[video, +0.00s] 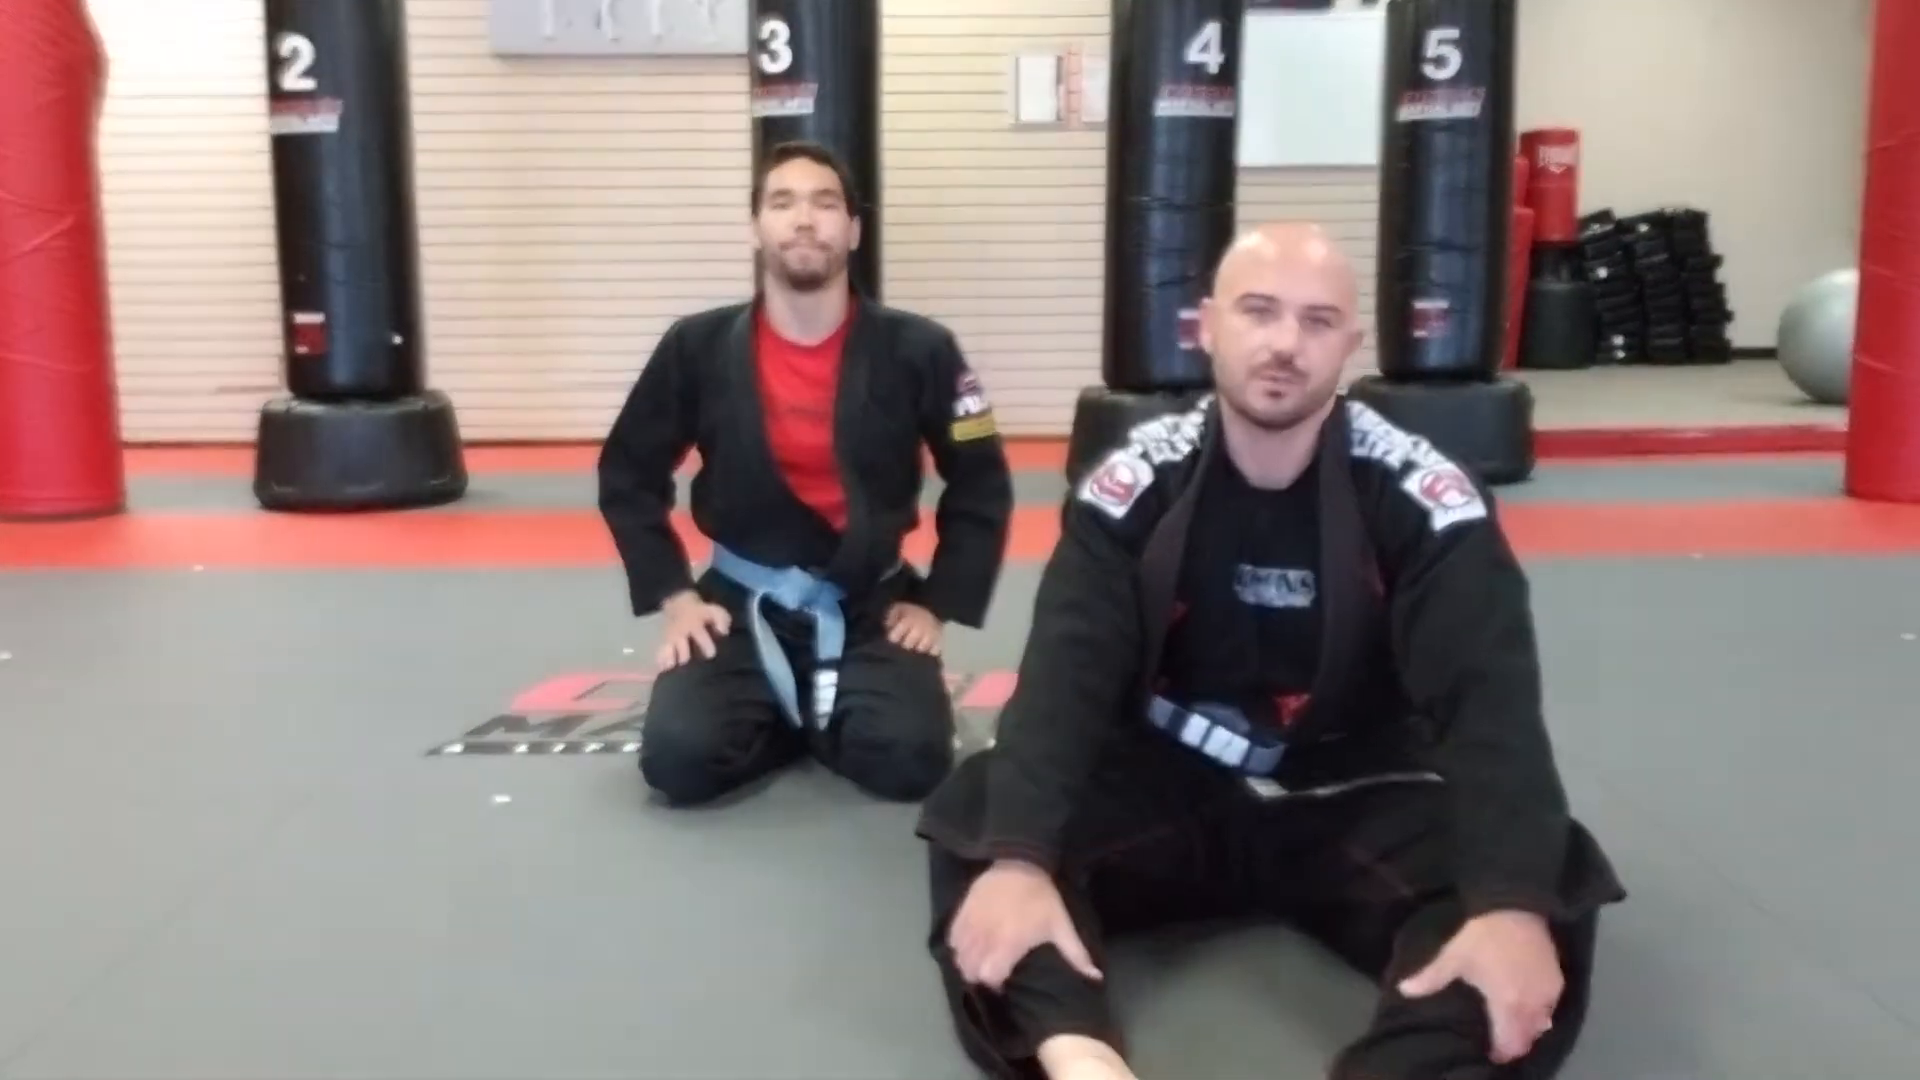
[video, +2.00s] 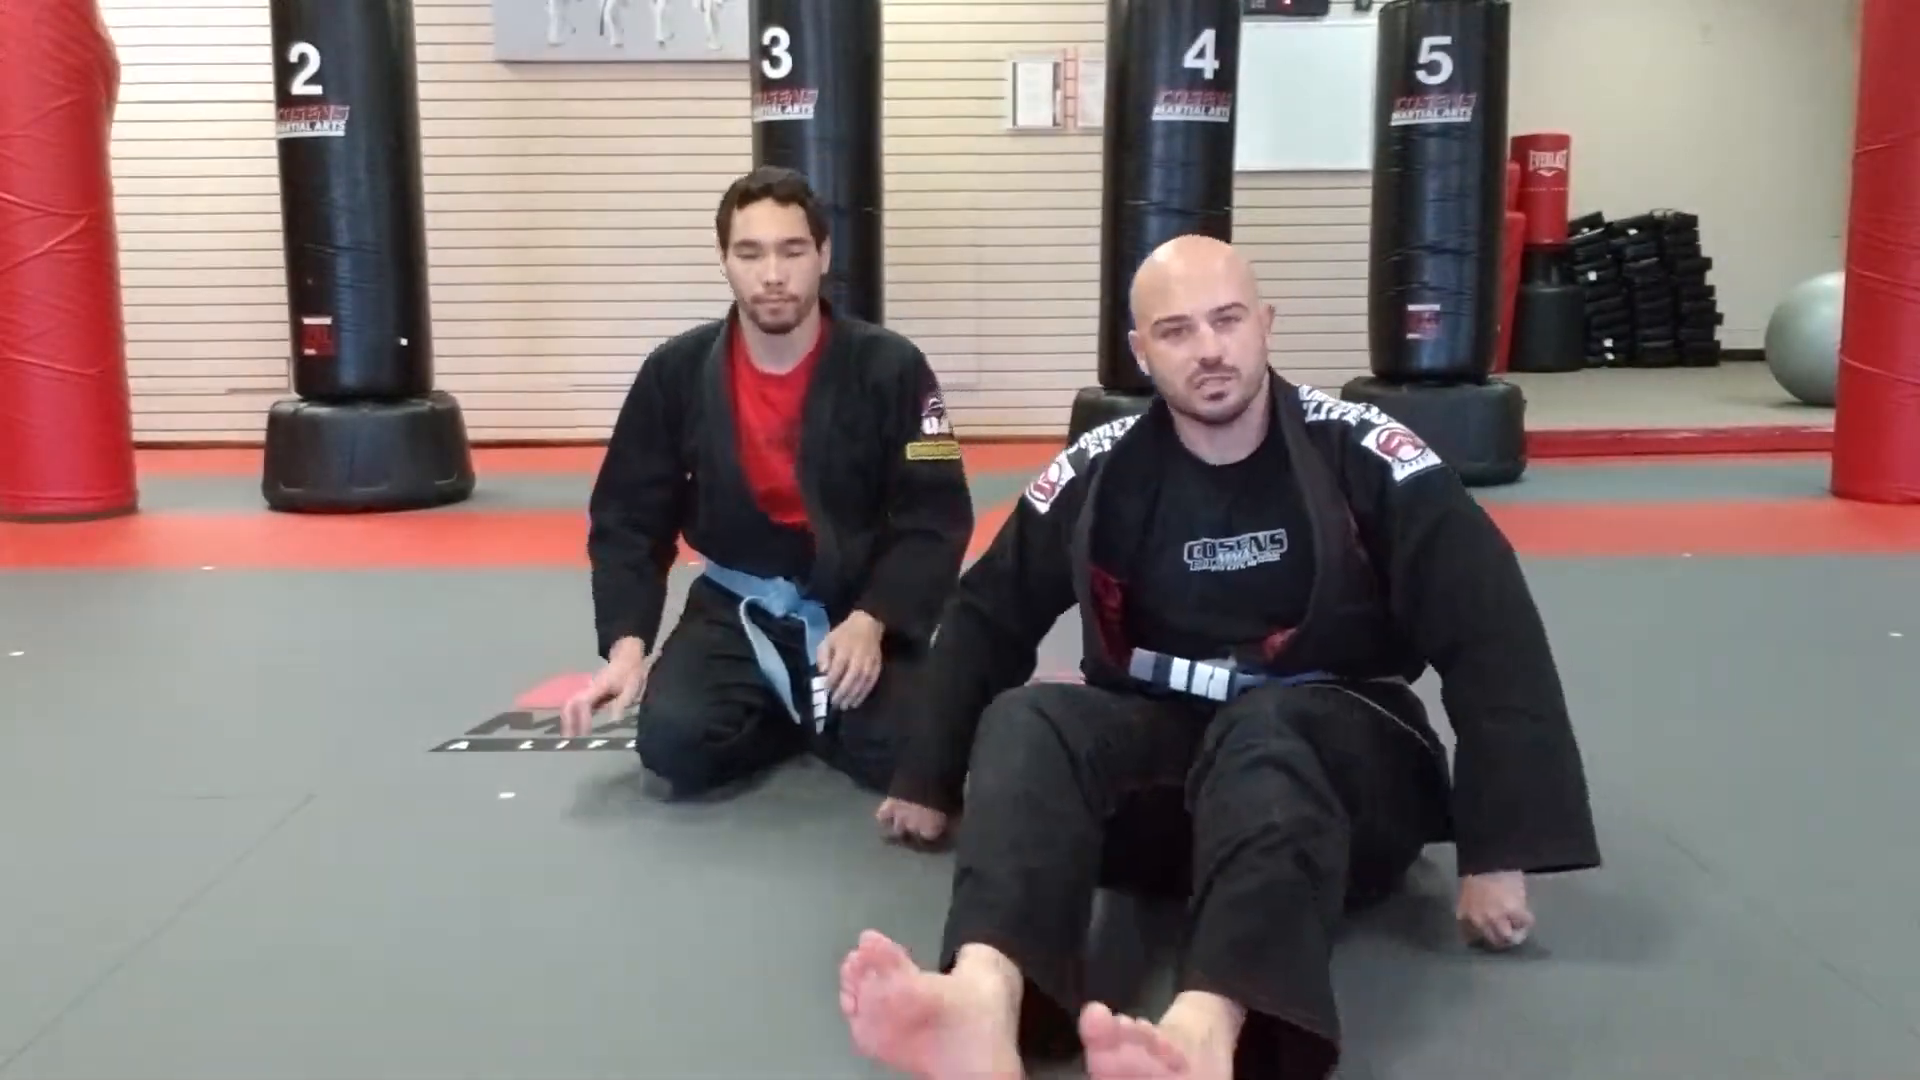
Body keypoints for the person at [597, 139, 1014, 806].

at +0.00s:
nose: (804, 217)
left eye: (825, 203)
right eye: (782, 203)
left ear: (854, 231)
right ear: (756, 230)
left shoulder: (917, 353)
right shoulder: (698, 349)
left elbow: (981, 482)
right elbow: (628, 472)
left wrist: (938, 605)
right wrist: (674, 594)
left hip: (871, 603)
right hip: (740, 599)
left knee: (909, 762)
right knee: (679, 762)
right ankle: (807, 718)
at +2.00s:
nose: (772, 275)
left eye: (792, 252)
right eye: (749, 254)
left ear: (824, 257)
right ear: (725, 263)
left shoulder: (889, 370)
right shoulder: (676, 374)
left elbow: (936, 519)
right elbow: (628, 518)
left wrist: (872, 621)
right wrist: (627, 646)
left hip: (861, 609)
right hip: (735, 604)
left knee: (919, 758)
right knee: (676, 749)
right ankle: (809, 708)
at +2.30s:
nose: (670, 425)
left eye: (691, 395)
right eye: (644, 400)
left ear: (730, 372)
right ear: (618, 384)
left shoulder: (802, 432)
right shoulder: (587, 445)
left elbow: (841, 601)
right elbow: (570, 596)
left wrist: (804, 770)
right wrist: (582, 750)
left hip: (817, 626)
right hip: (697, 627)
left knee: (882, 770)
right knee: (682, 772)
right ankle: (799, 716)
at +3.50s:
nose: (894, 303)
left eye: (910, 282)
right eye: (875, 284)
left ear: (937, 284)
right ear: (851, 290)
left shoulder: (1000, 369)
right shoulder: (814, 383)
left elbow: (1067, 486)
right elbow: (765, 502)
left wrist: (1011, 584)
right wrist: (788, 599)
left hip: (983, 586)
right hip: (856, 587)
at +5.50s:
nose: (854, 420)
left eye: (876, 403)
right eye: (840, 397)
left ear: (922, 380)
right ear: (828, 370)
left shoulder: (995, 387)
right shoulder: (804, 391)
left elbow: (1062, 530)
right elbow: (753, 513)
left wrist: (1089, 641)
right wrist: (742, 646)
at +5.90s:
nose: (915, 420)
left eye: (932, 404)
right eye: (898, 404)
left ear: (962, 382)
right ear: (881, 384)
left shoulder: (1018, 398)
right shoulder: (852, 409)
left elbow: (1072, 520)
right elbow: (801, 513)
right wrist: (772, 621)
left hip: (1015, 549)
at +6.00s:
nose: (933, 402)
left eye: (950, 384)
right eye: (917, 383)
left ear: (977, 364)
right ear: (898, 366)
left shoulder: (1030, 394)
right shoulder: (864, 408)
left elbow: (1074, 509)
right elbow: (820, 516)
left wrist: (1042, 594)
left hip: (1002, 576)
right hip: (895, 579)